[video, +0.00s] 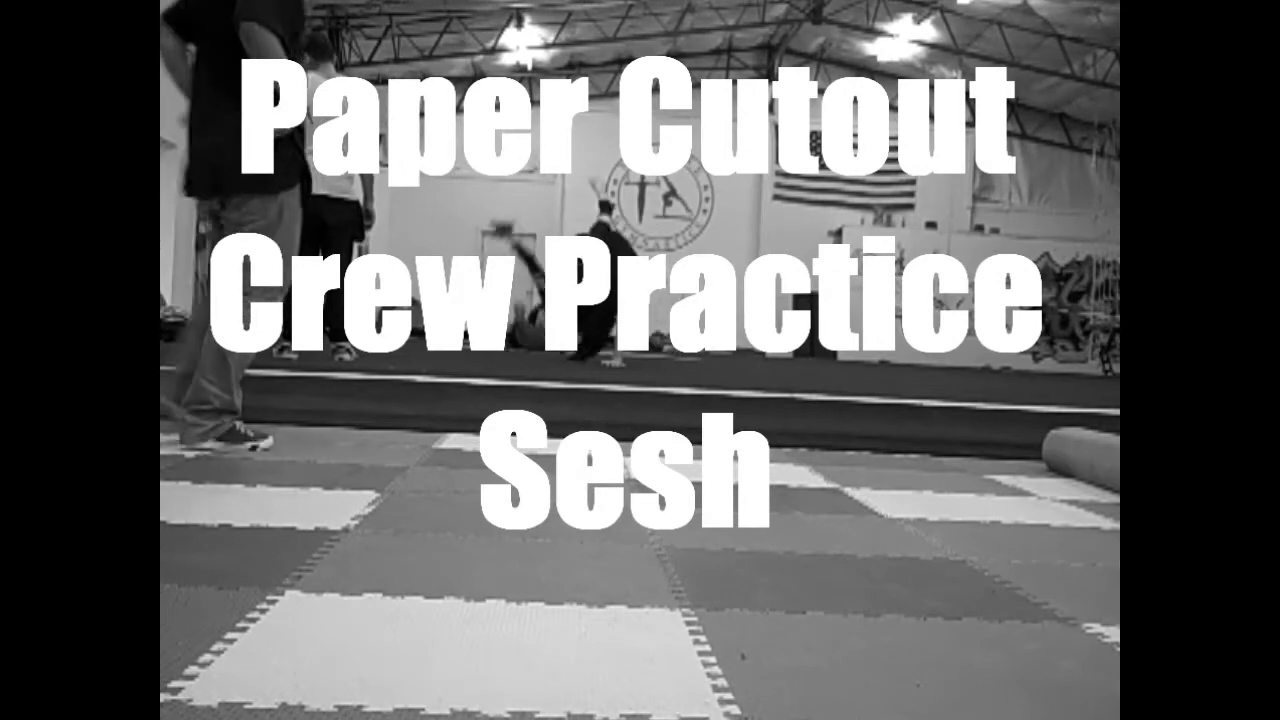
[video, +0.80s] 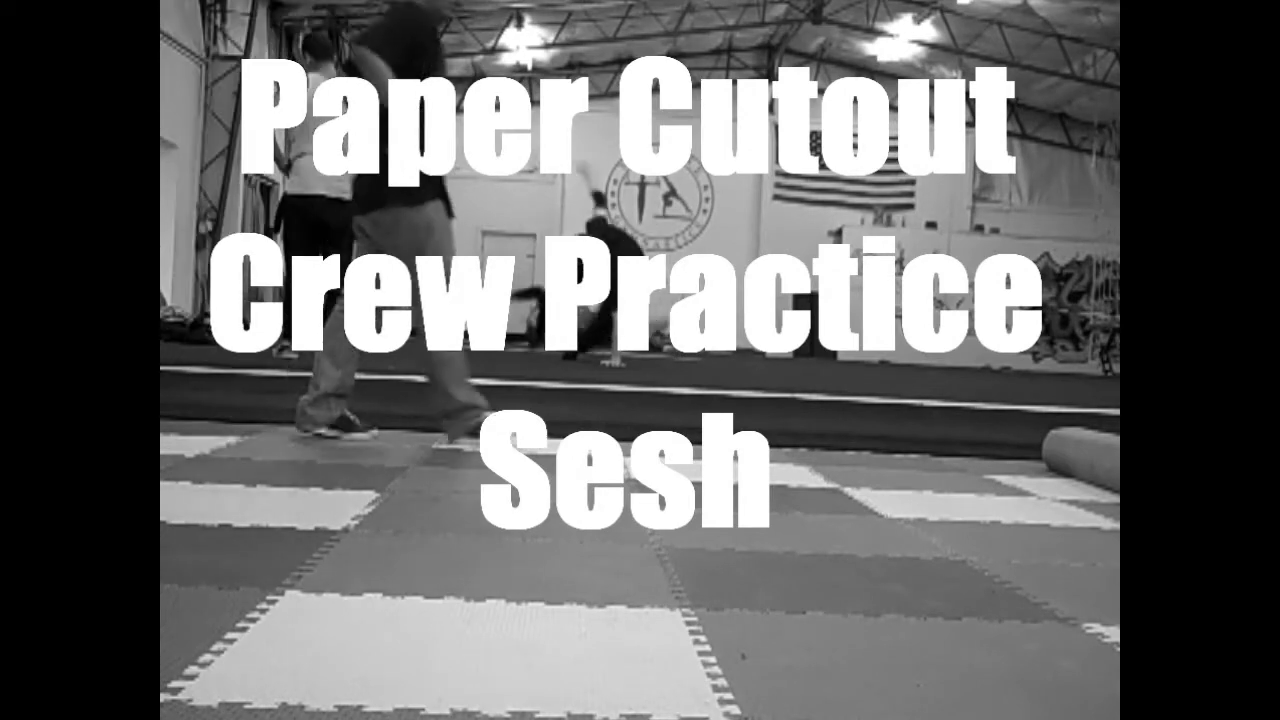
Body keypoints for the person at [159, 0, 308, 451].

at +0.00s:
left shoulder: (214, 1)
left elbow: (169, 33)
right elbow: (255, 28)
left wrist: (201, 97)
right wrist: (293, 93)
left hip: (215, 148)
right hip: (261, 150)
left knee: (217, 288)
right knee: (249, 292)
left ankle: (184, 403)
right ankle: (211, 419)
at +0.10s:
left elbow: (194, 35)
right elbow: (254, 27)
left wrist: (226, 99)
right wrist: (295, 93)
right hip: (270, 159)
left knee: (265, 295)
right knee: (249, 296)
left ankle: (257, 406)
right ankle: (208, 417)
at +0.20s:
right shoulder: (297, 1)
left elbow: (229, 50)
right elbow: (263, 36)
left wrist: (256, 108)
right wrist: (291, 113)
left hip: (292, 167)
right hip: (287, 167)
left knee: (299, 298)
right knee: (259, 300)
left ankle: (311, 410)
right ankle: (207, 416)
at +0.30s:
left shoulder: (330, 11)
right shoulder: (316, 0)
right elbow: (272, 43)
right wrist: (301, 123)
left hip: (316, 173)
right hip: (301, 174)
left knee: (321, 299)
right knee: (276, 297)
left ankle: (321, 410)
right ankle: (220, 405)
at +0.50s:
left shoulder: (372, 20)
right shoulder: (360, 7)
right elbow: (300, 42)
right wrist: (334, 108)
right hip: (349, 177)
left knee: (350, 290)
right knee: (388, 284)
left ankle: (328, 407)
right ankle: (288, 366)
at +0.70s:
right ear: (414, 0)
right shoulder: (397, 12)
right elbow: (336, 39)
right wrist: (372, 105)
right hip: (388, 180)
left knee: (353, 298)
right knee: (416, 294)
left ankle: (323, 406)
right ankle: (410, 405)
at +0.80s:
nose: (454, 10)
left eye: (453, 8)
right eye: (450, 6)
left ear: (408, 3)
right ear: (434, 1)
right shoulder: (414, 22)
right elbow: (364, 52)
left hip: (378, 188)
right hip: (408, 188)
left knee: (357, 301)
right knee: (440, 302)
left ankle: (321, 405)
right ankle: (463, 414)